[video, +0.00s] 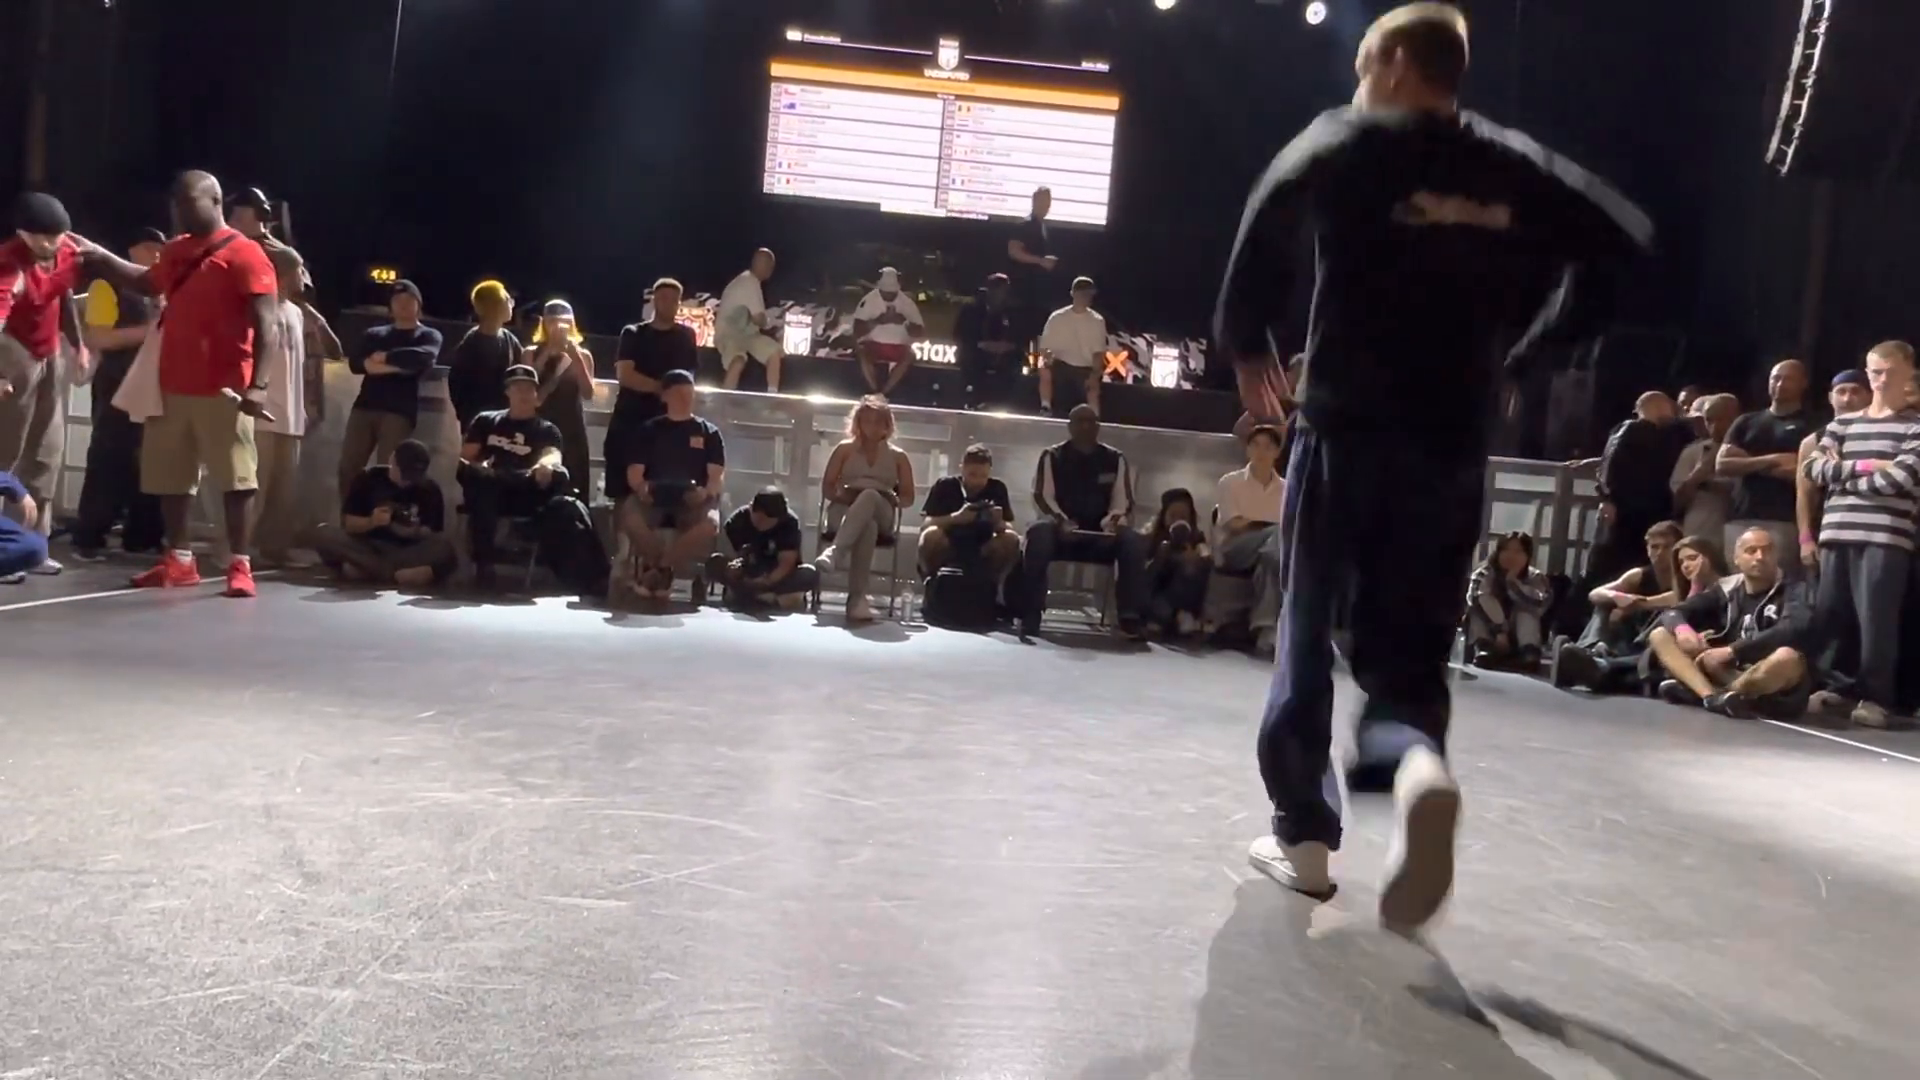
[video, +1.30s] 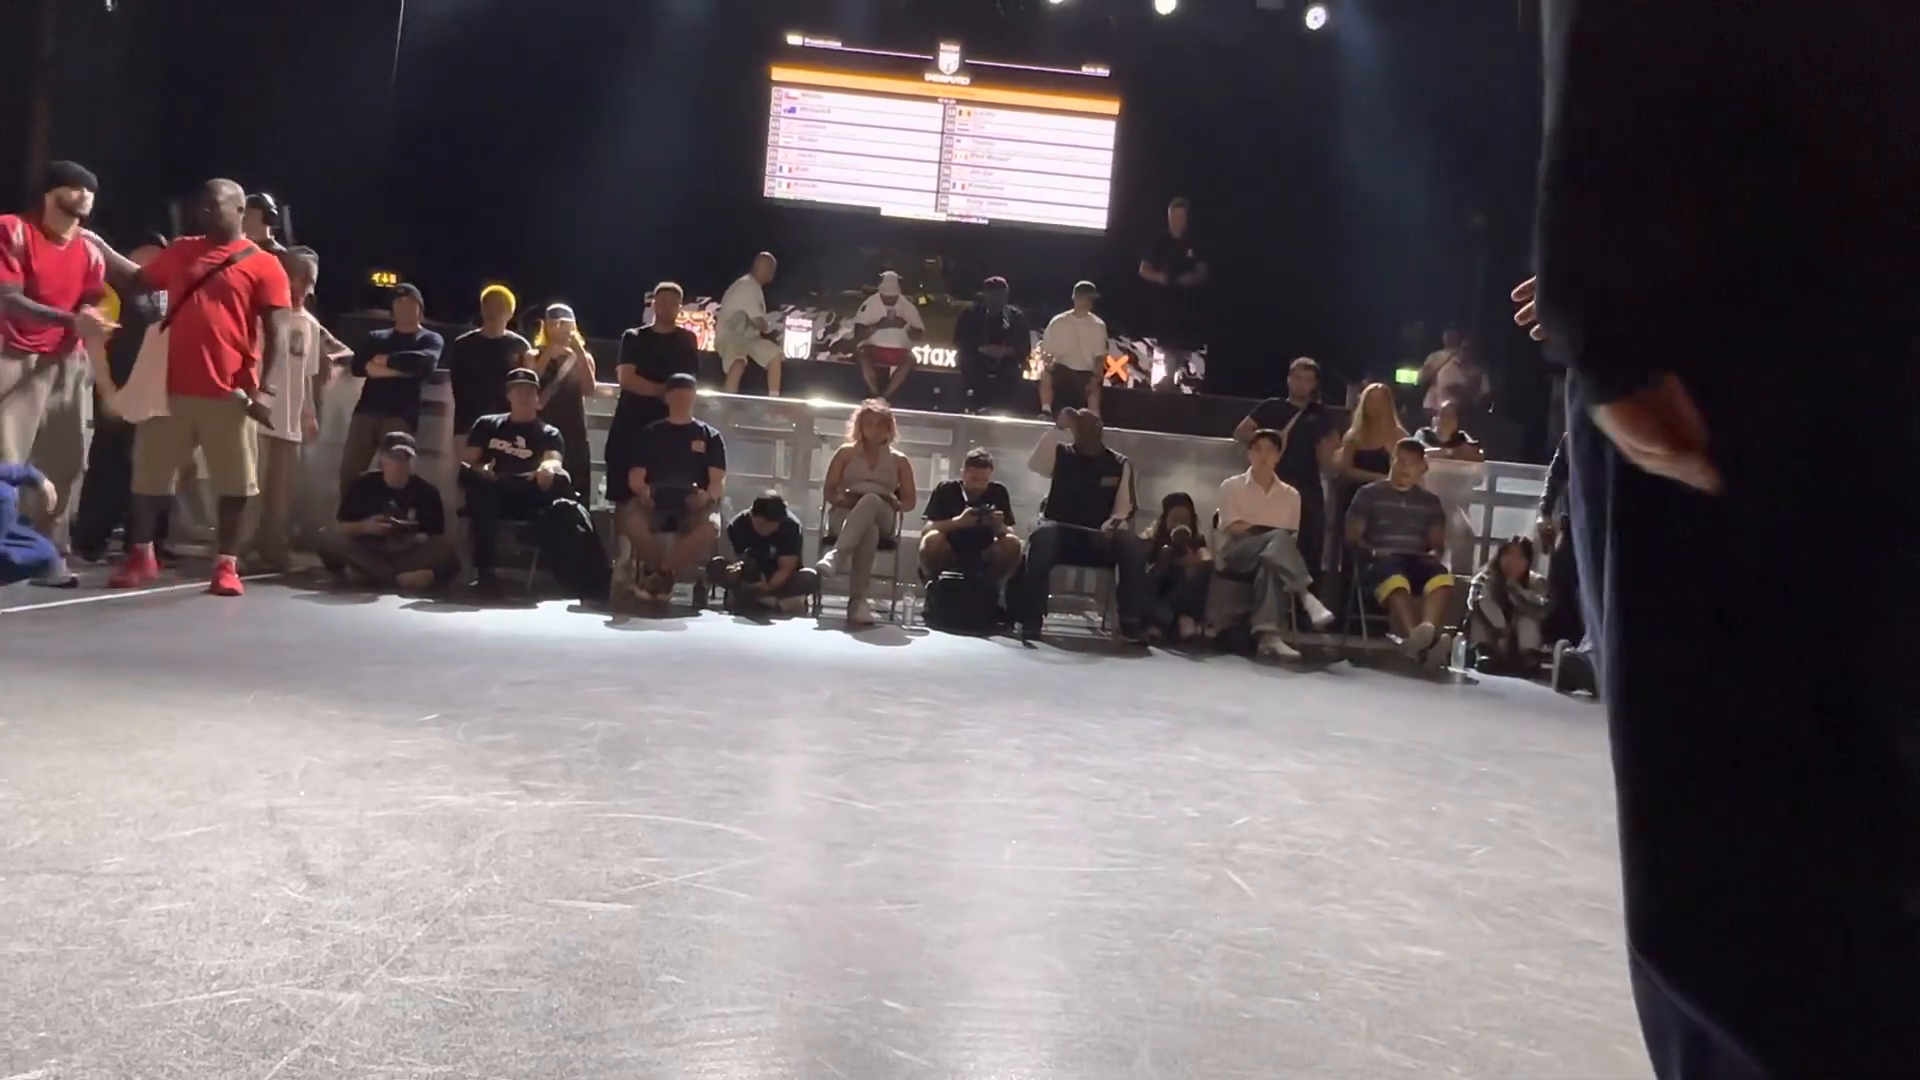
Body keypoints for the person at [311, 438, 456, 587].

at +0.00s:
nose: (405, 484)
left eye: (411, 481)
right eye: (402, 477)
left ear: (421, 473)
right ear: (392, 462)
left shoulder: (429, 489)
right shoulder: (368, 479)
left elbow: (435, 533)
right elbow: (349, 524)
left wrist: (414, 532)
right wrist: (371, 522)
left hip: (410, 550)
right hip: (368, 546)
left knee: (444, 550)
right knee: (323, 534)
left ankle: (370, 572)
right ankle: (393, 574)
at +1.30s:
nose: (400, 466)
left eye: (405, 460)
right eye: (395, 459)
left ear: (412, 462)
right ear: (382, 459)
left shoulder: (427, 492)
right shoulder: (362, 485)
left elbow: (436, 535)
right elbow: (344, 527)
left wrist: (404, 528)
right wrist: (367, 527)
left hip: (409, 551)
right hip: (368, 547)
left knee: (445, 550)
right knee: (326, 538)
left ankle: (373, 576)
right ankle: (394, 577)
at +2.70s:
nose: (373, 493)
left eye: (379, 486)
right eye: (367, 486)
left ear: (388, 489)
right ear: (357, 489)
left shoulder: (404, 521)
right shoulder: (338, 515)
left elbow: (413, 563)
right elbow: (318, 553)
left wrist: (386, 579)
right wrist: (340, 578)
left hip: (386, 582)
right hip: (346, 581)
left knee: (427, 581)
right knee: (304, 570)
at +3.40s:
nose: (374, 510)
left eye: (379, 503)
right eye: (368, 503)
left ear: (388, 506)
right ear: (359, 507)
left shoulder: (406, 537)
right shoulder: (343, 534)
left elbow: (419, 579)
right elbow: (325, 573)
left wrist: (403, 590)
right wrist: (345, 592)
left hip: (391, 600)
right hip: (353, 599)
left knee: (431, 597)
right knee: (309, 589)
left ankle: (354, 628)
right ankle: (382, 628)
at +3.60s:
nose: (375, 511)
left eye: (380, 505)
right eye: (369, 505)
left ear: (389, 507)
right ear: (359, 508)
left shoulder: (407, 538)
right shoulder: (343, 535)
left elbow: (416, 580)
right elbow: (328, 575)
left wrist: (390, 600)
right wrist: (346, 592)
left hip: (391, 600)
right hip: (354, 600)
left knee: (431, 597)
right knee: (309, 590)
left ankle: (355, 628)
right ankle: (381, 628)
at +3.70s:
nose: (377, 512)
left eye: (382, 505)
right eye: (371, 505)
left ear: (391, 508)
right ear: (361, 509)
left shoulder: (408, 539)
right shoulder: (344, 536)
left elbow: (417, 581)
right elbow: (330, 576)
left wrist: (391, 601)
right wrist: (348, 593)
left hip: (393, 601)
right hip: (355, 600)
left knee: (433, 598)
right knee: (311, 591)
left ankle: (357, 630)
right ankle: (383, 629)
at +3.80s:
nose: (378, 513)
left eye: (383, 507)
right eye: (372, 507)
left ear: (392, 509)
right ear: (362, 510)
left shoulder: (410, 540)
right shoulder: (345, 536)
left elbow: (420, 582)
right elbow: (331, 577)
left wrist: (393, 601)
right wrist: (349, 594)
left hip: (395, 601)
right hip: (356, 601)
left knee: (435, 601)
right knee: (312, 592)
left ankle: (357, 630)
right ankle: (383, 630)